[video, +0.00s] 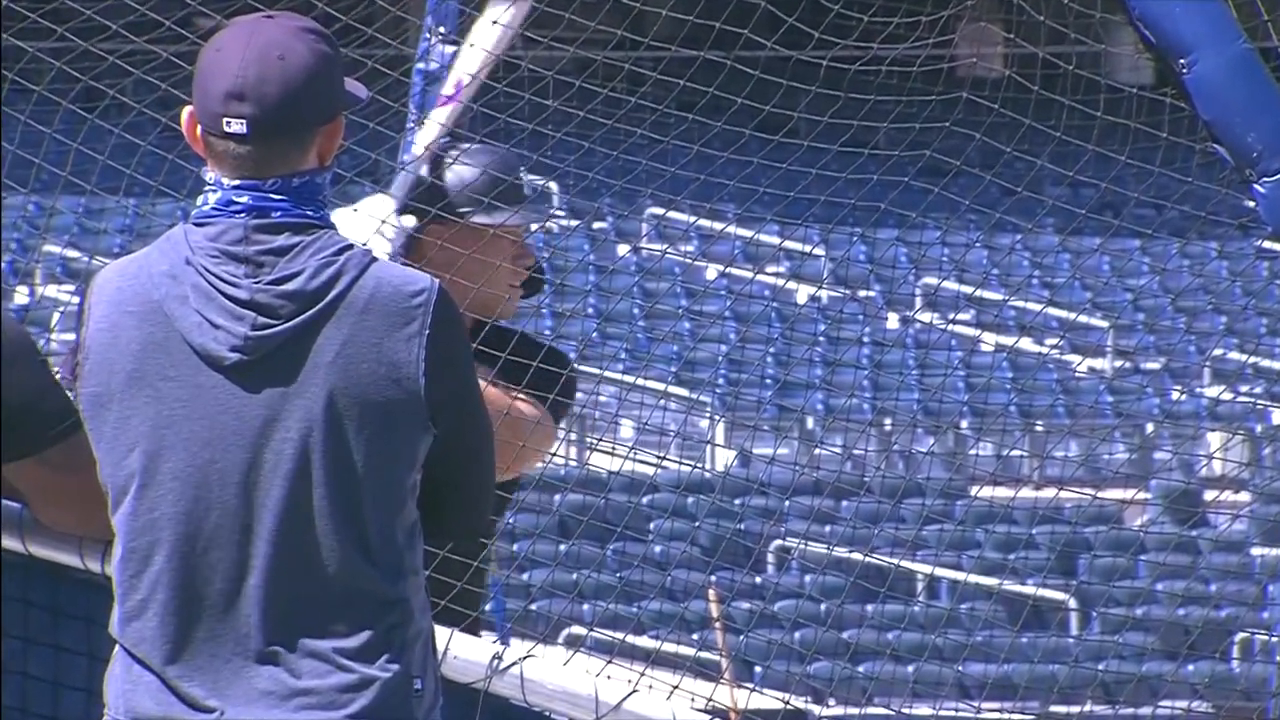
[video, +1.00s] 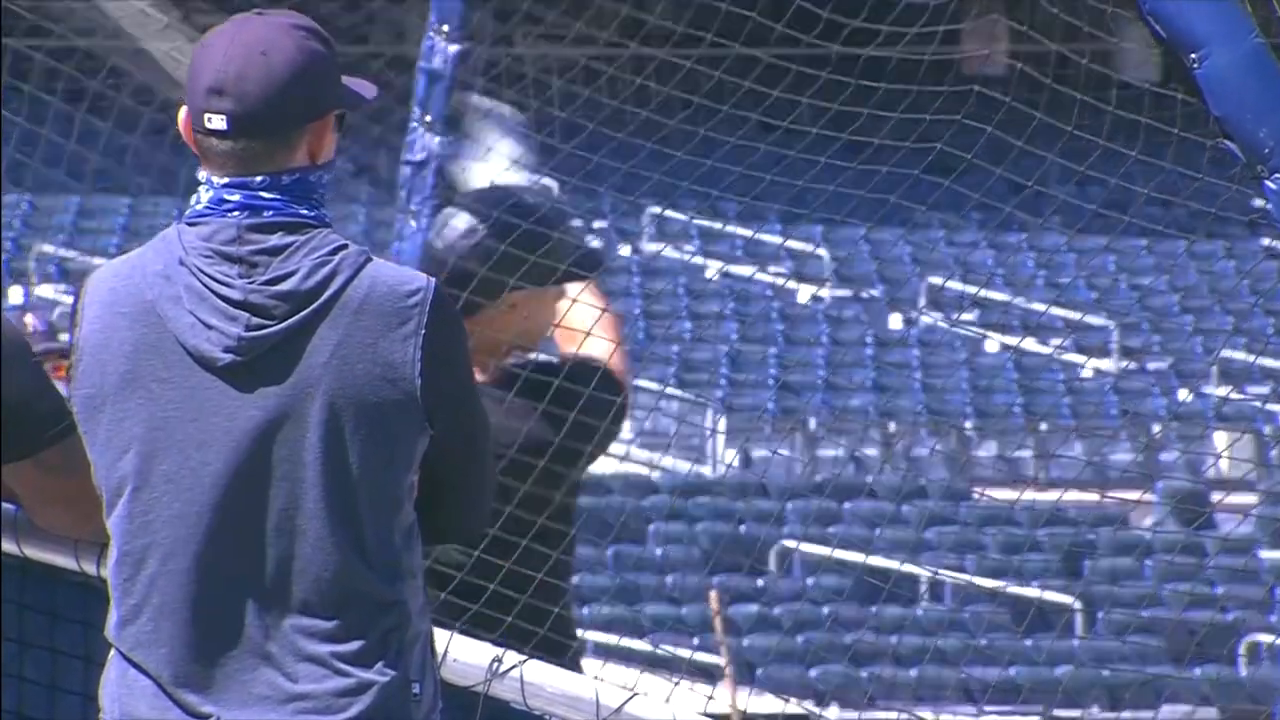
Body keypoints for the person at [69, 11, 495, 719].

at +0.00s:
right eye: (342, 122)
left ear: (191, 135)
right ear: (332, 142)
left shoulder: (112, 297)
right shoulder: (412, 309)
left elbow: (122, 478)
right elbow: (459, 508)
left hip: (150, 698)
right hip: (355, 699)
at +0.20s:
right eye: (345, 124)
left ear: (191, 135)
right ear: (334, 141)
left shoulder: (110, 299)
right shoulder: (413, 309)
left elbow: (116, 477)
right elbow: (462, 510)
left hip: (151, 699)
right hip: (355, 698)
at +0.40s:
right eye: (345, 125)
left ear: (191, 135)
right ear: (333, 142)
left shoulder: (111, 296)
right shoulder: (413, 308)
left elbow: (125, 476)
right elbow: (462, 508)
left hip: (151, 698)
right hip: (353, 697)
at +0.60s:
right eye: (340, 126)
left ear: (188, 134)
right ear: (328, 141)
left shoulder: (109, 294)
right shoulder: (411, 309)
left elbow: (123, 477)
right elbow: (461, 506)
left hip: (150, 699)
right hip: (352, 697)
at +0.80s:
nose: (343, 136)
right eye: (341, 125)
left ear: (188, 132)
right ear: (325, 140)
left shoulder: (106, 298)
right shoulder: (409, 309)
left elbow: (123, 485)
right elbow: (458, 514)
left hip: (145, 699)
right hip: (351, 699)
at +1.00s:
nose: (340, 133)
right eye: (340, 122)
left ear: (186, 134)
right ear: (324, 139)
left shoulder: (106, 298)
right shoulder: (408, 308)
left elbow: (121, 482)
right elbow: (458, 510)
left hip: (148, 700)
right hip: (351, 698)